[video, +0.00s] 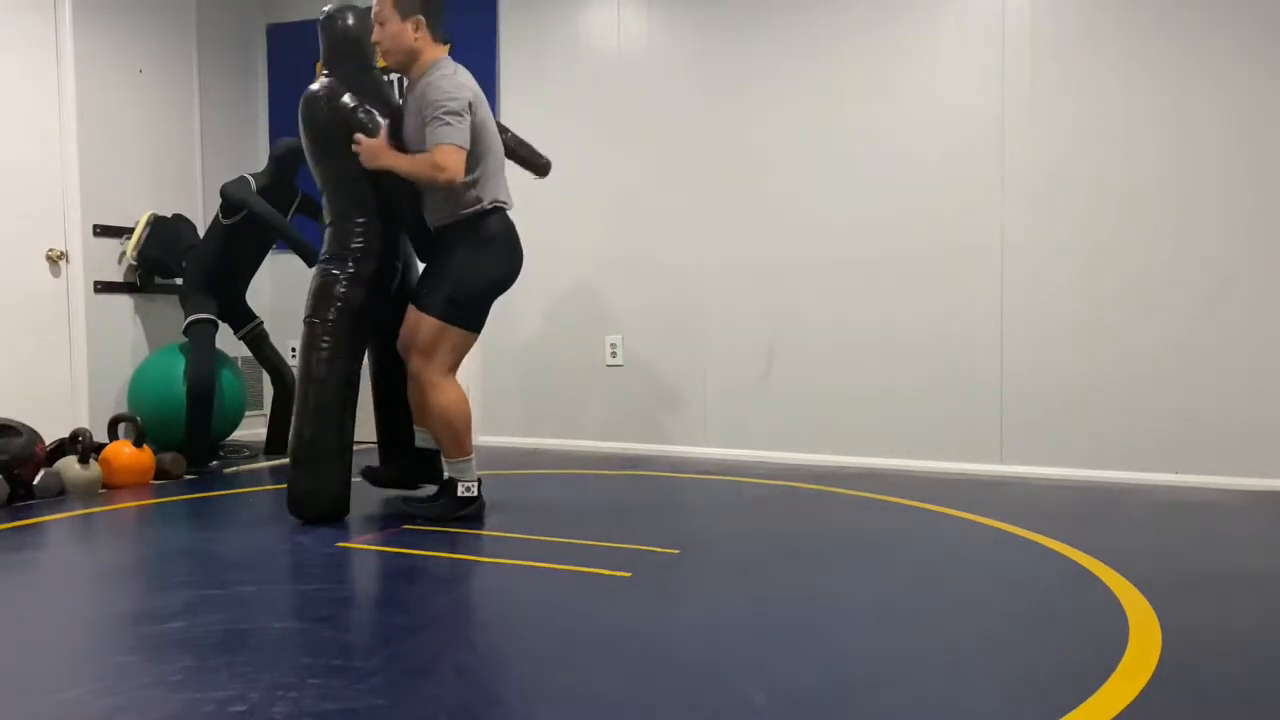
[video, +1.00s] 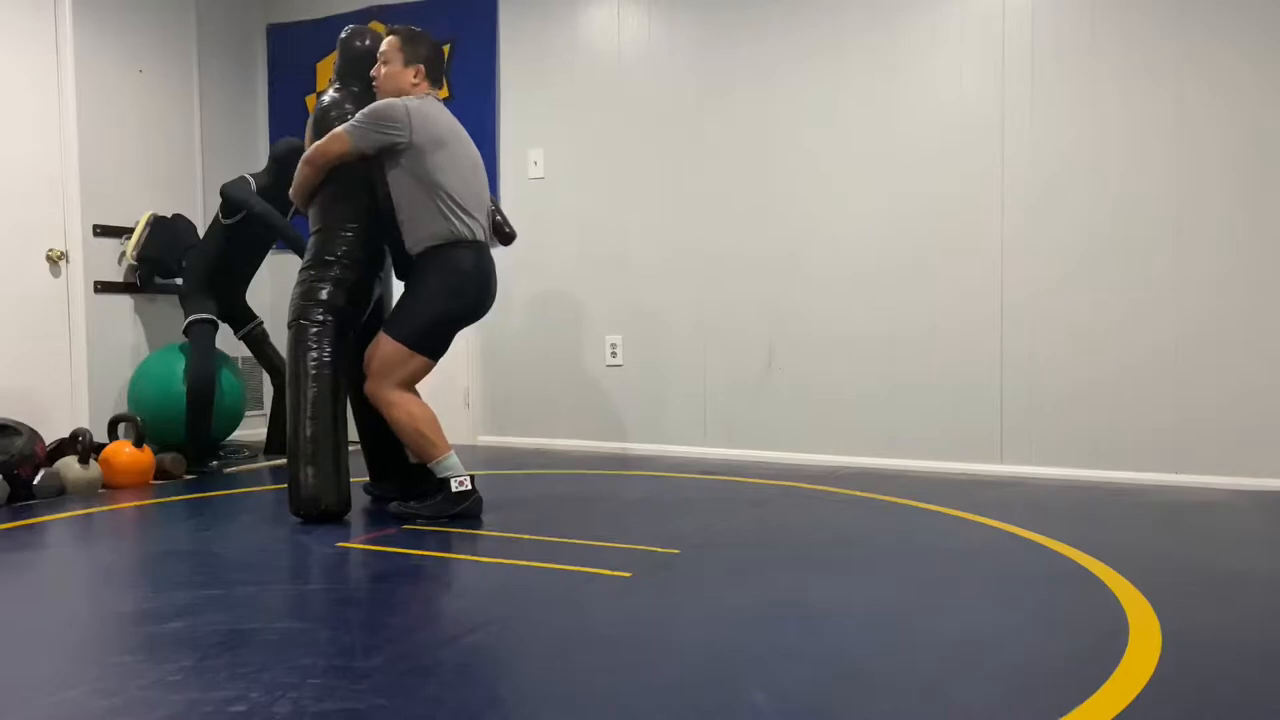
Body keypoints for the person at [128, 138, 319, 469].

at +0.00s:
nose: (293, 175)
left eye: (297, 169)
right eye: (290, 168)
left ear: (296, 169)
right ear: (279, 165)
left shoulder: (293, 199)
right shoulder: (240, 188)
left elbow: (331, 217)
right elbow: (281, 228)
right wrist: (317, 259)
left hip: (234, 296)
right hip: (202, 288)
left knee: (285, 380)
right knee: (201, 381)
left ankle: (275, 463)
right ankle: (197, 464)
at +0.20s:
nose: (303, 184)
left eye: (304, 177)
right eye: (299, 176)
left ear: (296, 179)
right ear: (283, 171)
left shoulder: (290, 202)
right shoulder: (242, 188)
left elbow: (326, 216)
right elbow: (274, 221)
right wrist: (316, 258)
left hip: (234, 296)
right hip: (201, 288)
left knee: (284, 378)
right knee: (201, 381)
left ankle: (276, 461)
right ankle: (197, 464)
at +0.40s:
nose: (302, 183)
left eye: (304, 176)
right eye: (299, 174)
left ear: (296, 175)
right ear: (283, 169)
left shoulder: (285, 205)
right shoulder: (241, 188)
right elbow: (281, 227)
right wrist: (313, 257)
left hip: (234, 296)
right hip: (202, 288)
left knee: (284, 377)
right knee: (201, 381)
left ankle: (276, 461)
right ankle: (197, 464)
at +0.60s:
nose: (305, 179)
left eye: (307, 172)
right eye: (301, 170)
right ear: (285, 167)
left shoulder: (288, 204)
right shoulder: (244, 188)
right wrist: (310, 252)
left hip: (233, 296)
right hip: (201, 287)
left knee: (283, 374)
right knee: (201, 379)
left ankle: (276, 457)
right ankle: (197, 462)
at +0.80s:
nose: (299, 185)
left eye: (302, 179)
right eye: (298, 176)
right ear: (284, 170)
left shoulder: (287, 202)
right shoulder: (239, 188)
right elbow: (276, 222)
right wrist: (310, 252)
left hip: (233, 295)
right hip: (201, 289)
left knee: (283, 373)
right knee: (202, 377)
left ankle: (277, 456)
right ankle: (197, 458)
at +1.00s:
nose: (299, 184)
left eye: (302, 177)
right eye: (297, 175)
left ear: (295, 176)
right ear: (283, 169)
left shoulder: (286, 203)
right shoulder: (238, 189)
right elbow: (275, 221)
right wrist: (309, 253)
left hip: (233, 295)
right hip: (201, 289)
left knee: (283, 373)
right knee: (202, 375)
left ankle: (277, 454)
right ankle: (198, 457)